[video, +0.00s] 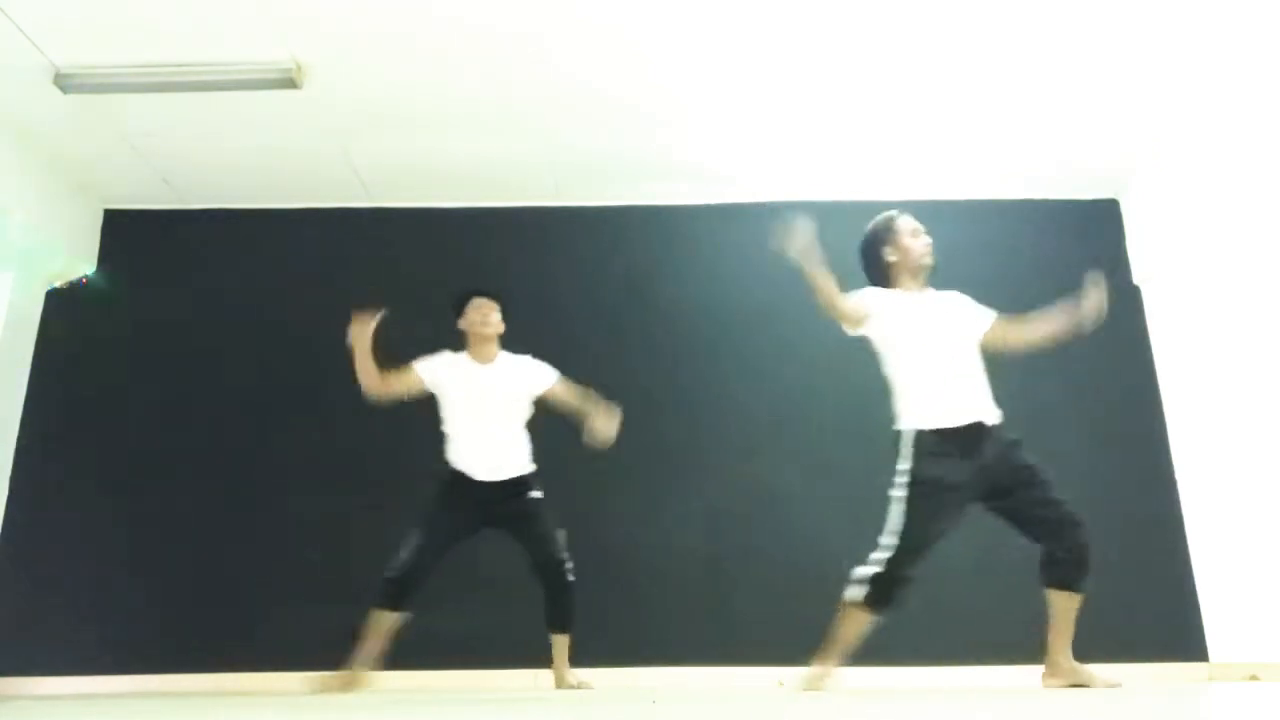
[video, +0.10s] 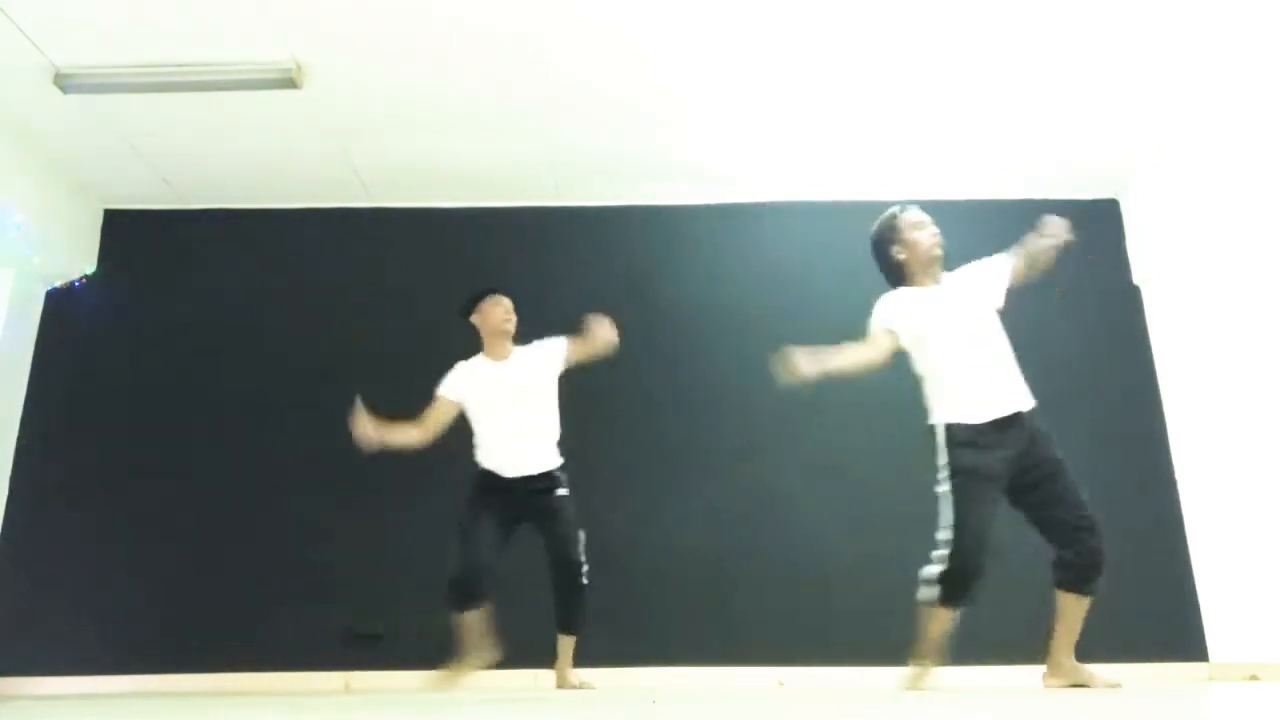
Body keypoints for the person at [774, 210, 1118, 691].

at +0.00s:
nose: (927, 238)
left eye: (924, 232)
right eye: (914, 233)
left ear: (924, 249)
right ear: (888, 253)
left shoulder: (956, 305)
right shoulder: (877, 303)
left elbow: (1018, 332)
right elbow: (840, 309)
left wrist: (1081, 311)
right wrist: (810, 260)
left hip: (990, 445)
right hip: (930, 449)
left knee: (1066, 535)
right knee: (892, 565)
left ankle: (1060, 664)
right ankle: (822, 669)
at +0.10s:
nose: (933, 231)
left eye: (930, 224)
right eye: (919, 227)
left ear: (937, 238)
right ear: (896, 251)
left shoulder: (974, 278)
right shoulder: (895, 307)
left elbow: (1025, 260)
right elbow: (871, 350)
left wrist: (1048, 238)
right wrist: (811, 361)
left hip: (1021, 430)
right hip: (966, 439)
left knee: (1081, 542)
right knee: (960, 562)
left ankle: (1062, 665)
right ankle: (920, 669)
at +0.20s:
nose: (933, 212)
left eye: (929, 207)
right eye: (917, 211)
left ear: (937, 223)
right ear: (898, 240)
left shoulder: (977, 249)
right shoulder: (909, 295)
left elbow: (1029, 199)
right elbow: (906, 368)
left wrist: (1013, 219)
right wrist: (872, 409)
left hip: (1039, 403)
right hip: (984, 419)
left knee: (1075, 527)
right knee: (1013, 533)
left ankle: (1068, 662)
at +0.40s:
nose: (923, 191)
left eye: (920, 185)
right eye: (908, 194)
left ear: (934, 194)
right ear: (896, 224)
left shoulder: (976, 219)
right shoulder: (911, 282)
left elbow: (1025, 163)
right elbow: (924, 347)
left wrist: (1010, 205)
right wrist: (937, 385)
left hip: (1046, 371)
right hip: (989, 396)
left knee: (1077, 502)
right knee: (1034, 511)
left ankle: (1101, 630)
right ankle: (1065, 637)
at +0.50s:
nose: (925, 215)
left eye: (927, 205)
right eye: (910, 215)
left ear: (944, 211)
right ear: (899, 242)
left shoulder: (988, 230)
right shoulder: (912, 298)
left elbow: (1045, 186)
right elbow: (910, 353)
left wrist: (1027, 239)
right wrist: (935, 388)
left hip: (1053, 389)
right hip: (993, 412)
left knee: (1078, 521)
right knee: (1032, 530)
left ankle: (1101, 645)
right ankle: (1074, 646)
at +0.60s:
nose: (929, 246)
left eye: (932, 234)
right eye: (914, 244)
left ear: (950, 238)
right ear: (904, 266)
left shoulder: (995, 270)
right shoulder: (912, 323)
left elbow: (1081, 257)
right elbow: (899, 367)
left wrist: (1049, 314)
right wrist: (925, 403)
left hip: (1058, 415)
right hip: (997, 432)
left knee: (1076, 541)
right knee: (1014, 548)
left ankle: (1103, 653)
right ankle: (1075, 641)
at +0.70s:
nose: (924, 257)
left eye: (929, 245)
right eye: (910, 255)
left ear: (950, 250)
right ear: (902, 274)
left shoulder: (998, 298)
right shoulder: (914, 331)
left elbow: (1066, 356)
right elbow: (913, 392)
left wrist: (1001, 381)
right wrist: (942, 417)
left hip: (1049, 430)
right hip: (989, 441)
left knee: (1068, 547)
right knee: (969, 527)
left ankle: (1103, 660)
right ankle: (1043, 628)